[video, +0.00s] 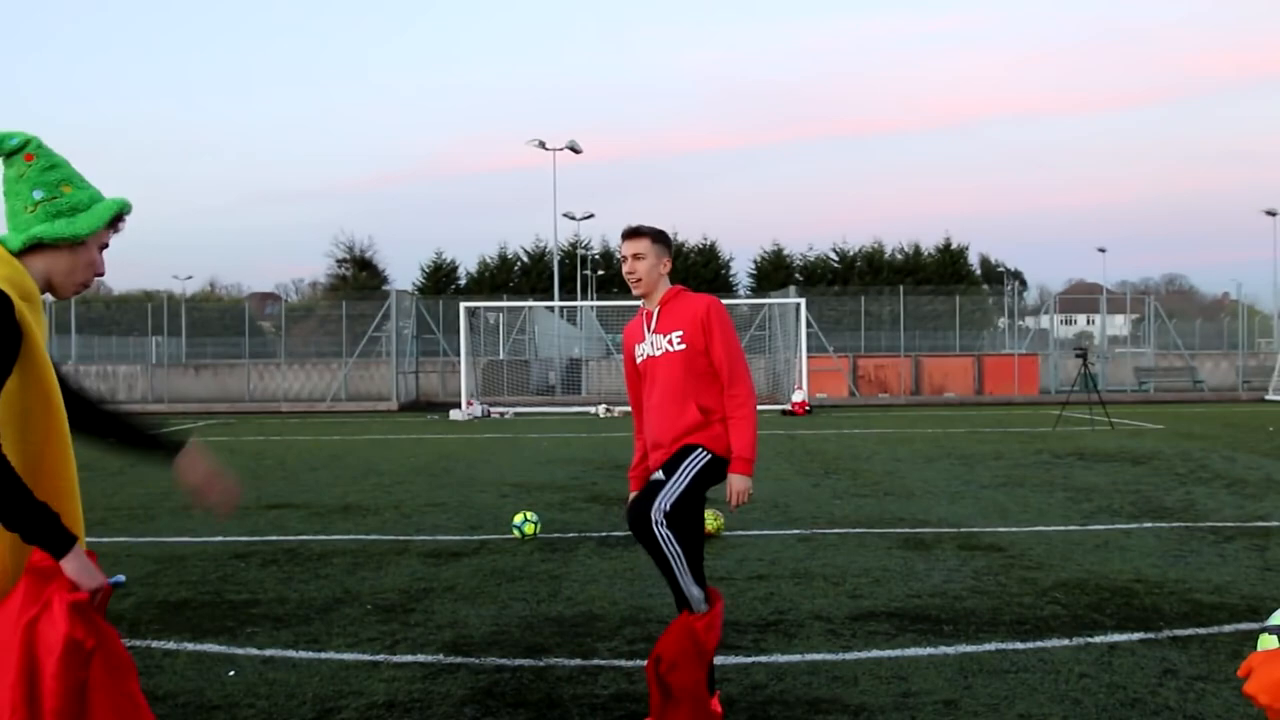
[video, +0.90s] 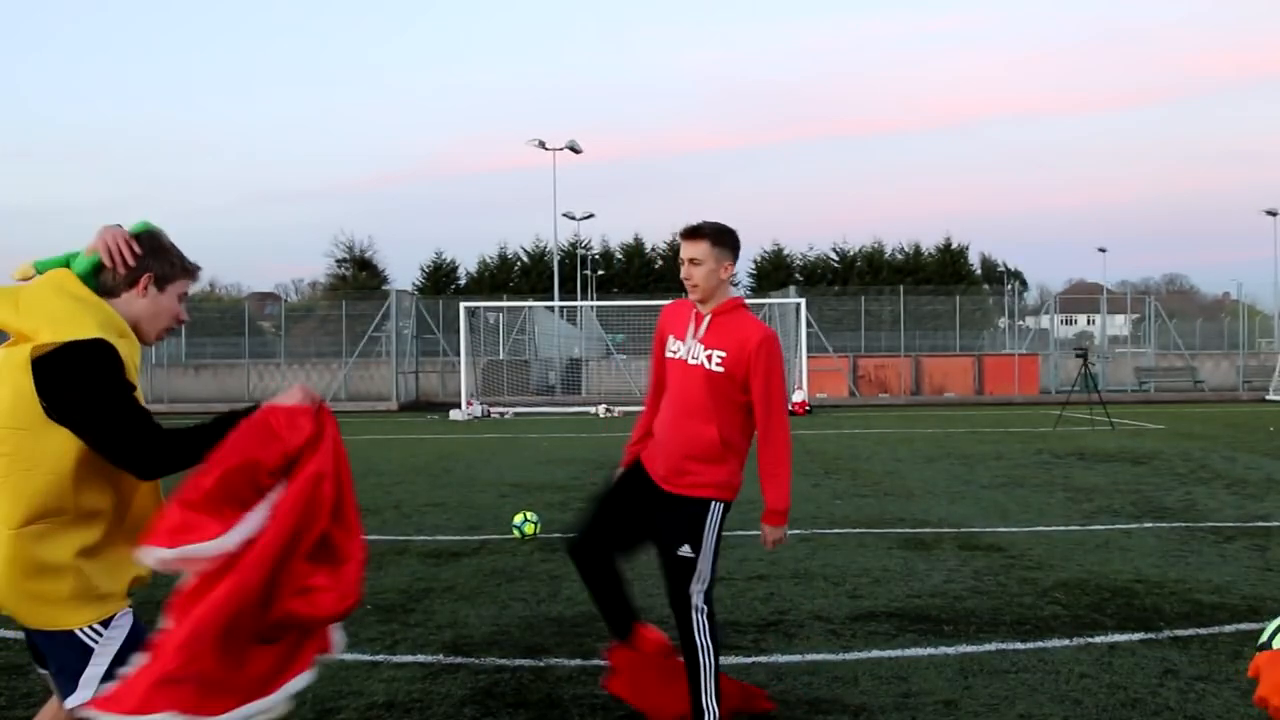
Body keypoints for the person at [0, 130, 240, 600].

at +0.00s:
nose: (101, 268)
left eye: (104, 250)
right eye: (98, 248)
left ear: (52, 238)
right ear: (53, 235)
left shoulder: (21, 310)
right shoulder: (8, 310)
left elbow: (75, 410)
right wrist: (61, 545)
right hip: (10, 588)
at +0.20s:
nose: (114, 257)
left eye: (110, 238)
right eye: (106, 236)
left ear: (60, 239)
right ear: (64, 237)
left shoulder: (26, 320)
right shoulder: (8, 321)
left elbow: (14, 463)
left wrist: (70, 518)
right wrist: (58, 516)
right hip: (12, 605)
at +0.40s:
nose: (129, 297)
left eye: (136, 282)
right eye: (130, 276)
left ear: (90, 252)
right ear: (94, 252)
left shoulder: (36, 319)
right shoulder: (15, 326)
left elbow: (12, 457)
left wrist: (74, 492)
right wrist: (37, 491)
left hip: (37, 597)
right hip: (18, 601)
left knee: (43, 701)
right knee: (34, 703)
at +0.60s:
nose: (168, 323)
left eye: (173, 307)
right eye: (168, 302)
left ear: (125, 280)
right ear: (131, 281)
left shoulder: (38, 309)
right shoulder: (57, 343)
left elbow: (39, 461)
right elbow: (14, 461)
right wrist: (129, 448)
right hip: (25, 580)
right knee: (36, 699)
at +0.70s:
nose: (174, 328)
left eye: (181, 314)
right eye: (177, 309)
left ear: (126, 286)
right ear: (145, 289)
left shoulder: (50, 310)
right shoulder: (79, 336)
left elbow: (93, 443)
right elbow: (89, 455)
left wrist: (200, 415)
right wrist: (210, 414)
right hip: (29, 565)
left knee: (84, 689)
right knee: (90, 694)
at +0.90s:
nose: (183, 316)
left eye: (186, 301)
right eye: (179, 298)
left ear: (138, 284)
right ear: (144, 286)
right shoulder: (76, 345)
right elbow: (150, 453)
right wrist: (263, 418)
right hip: (59, 575)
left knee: (76, 692)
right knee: (142, 698)